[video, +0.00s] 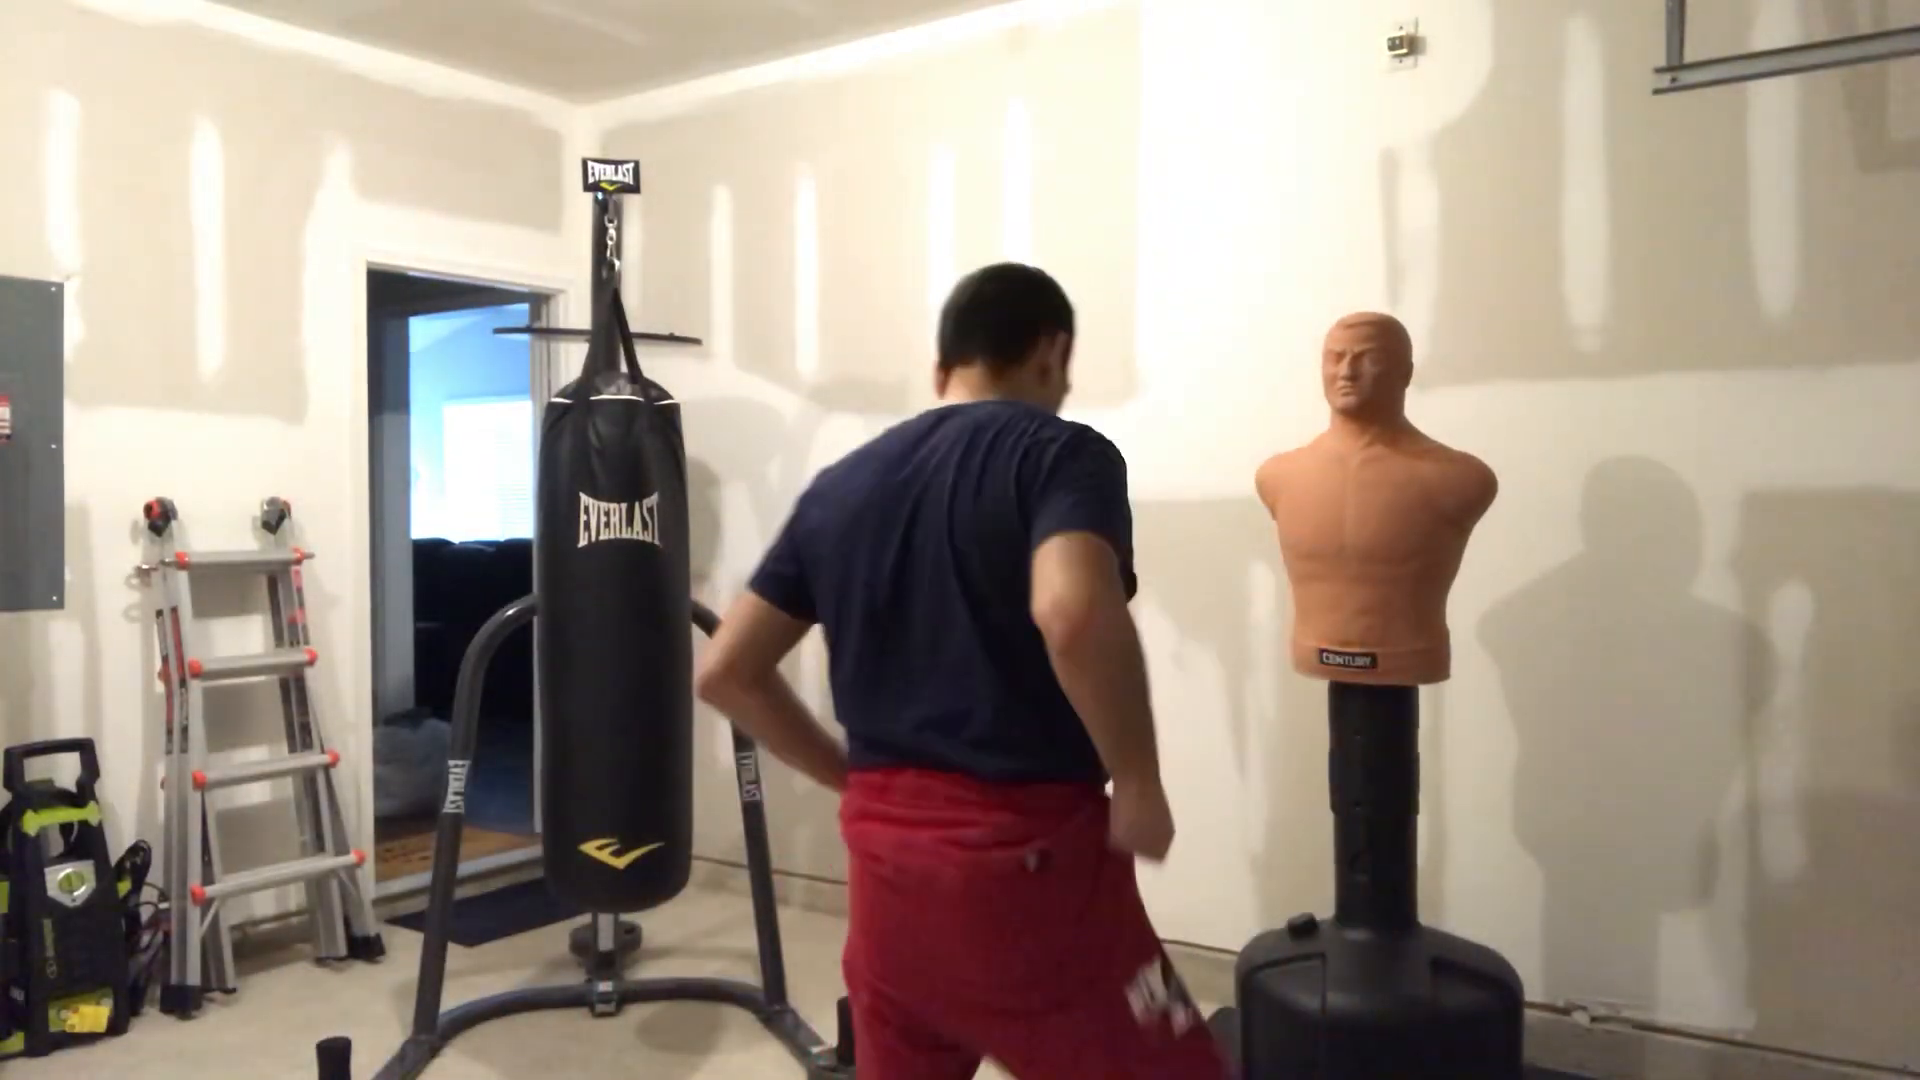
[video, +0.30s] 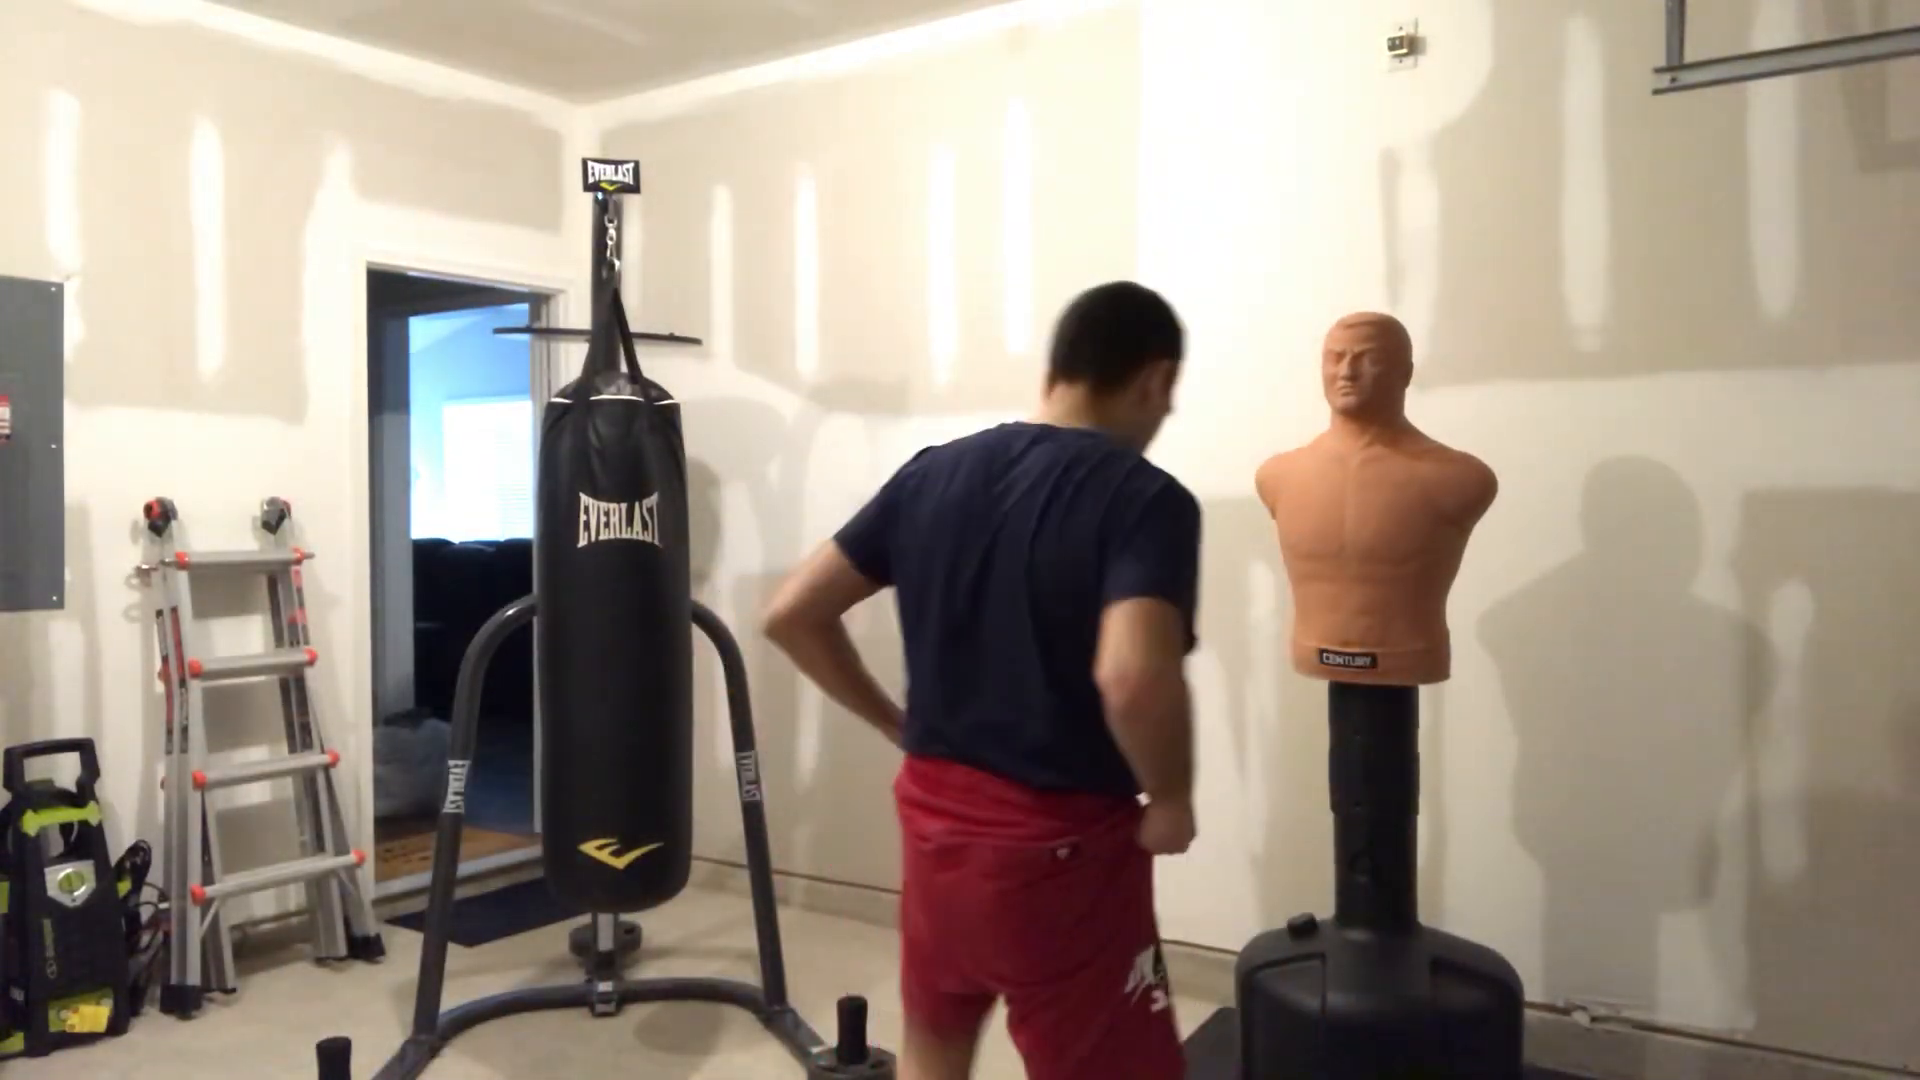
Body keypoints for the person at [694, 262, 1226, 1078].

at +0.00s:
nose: (1064, 390)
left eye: (1066, 373)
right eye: (1066, 369)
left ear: (941, 368)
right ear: (1051, 353)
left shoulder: (847, 481)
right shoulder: (1062, 452)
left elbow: (728, 674)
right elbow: (1071, 609)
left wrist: (848, 775)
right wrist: (1137, 783)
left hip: (884, 870)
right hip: (1029, 876)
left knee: (898, 1066)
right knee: (1175, 1065)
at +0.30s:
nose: (1168, 410)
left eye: (1173, 389)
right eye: (1171, 388)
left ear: (1057, 367)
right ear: (1152, 380)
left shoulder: (938, 472)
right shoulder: (1145, 498)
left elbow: (795, 616)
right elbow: (1132, 678)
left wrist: (900, 725)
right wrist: (1169, 798)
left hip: (936, 847)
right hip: (1063, 866)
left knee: (931, 1055)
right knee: (1112, 1067)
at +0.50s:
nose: (1204, 411)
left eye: (1212, 392)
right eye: (1209, 389)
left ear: (1097, 363)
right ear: (1186, 378)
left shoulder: (979, 461)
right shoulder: (1175, 488)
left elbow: (837, 602)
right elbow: (1157, 666)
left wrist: (935, 710)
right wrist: (1189, 789)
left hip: (966, 801)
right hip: (1082, 839)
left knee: (962, 935)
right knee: (1100, 1063)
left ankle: (921, 1073)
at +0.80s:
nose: (1232, 418)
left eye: (1241, 399)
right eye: (1240, 396)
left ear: (1133, 360)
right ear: (1218, 379)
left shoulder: (1023, 456)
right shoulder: (1178, 492)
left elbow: (894, 587)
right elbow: (1121, 667)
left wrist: (979, 673)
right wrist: (1174, 777)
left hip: (994, 774)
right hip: (1083, 807)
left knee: (1053, 945)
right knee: (1107, 1049)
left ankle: (1034, 1068)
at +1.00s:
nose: (1231, 469)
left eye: (1236, 448)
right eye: (1232, 445)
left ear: (1135, 425)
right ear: (1196, 436)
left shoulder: (1069, 511)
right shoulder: (1118, 546)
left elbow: (963, 645)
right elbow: (1027, 729)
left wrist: (1044, 737)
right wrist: (1134, 831)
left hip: (1031, 833)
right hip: (1076, 855)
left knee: (1114, 1045)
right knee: (1189, 1060)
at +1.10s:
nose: (1213, 404)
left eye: (1215, 383)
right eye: (1210, 380)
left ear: (1122, 373)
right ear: (1177, 379)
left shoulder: (1082, 476)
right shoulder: (1093, 490)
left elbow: (978, 652)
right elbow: (992, 668)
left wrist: (1110, 753)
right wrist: (1122, 777)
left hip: (1061, 795)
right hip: (1075, 804)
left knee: (1089, 1026)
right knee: (1165, 1050)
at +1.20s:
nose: (1198, 338)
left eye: (1199, 315)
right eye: (1193, 313)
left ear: (1104, 309)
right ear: (1156, 313)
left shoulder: (1068, 408)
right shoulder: (1089, 418)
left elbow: (1001, 575)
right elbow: (992, 583)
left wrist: (1129, 678)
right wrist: (1131, 681)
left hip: (1062, 726)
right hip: (1075, 734)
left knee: (1073, 985)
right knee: (1142, 1016)